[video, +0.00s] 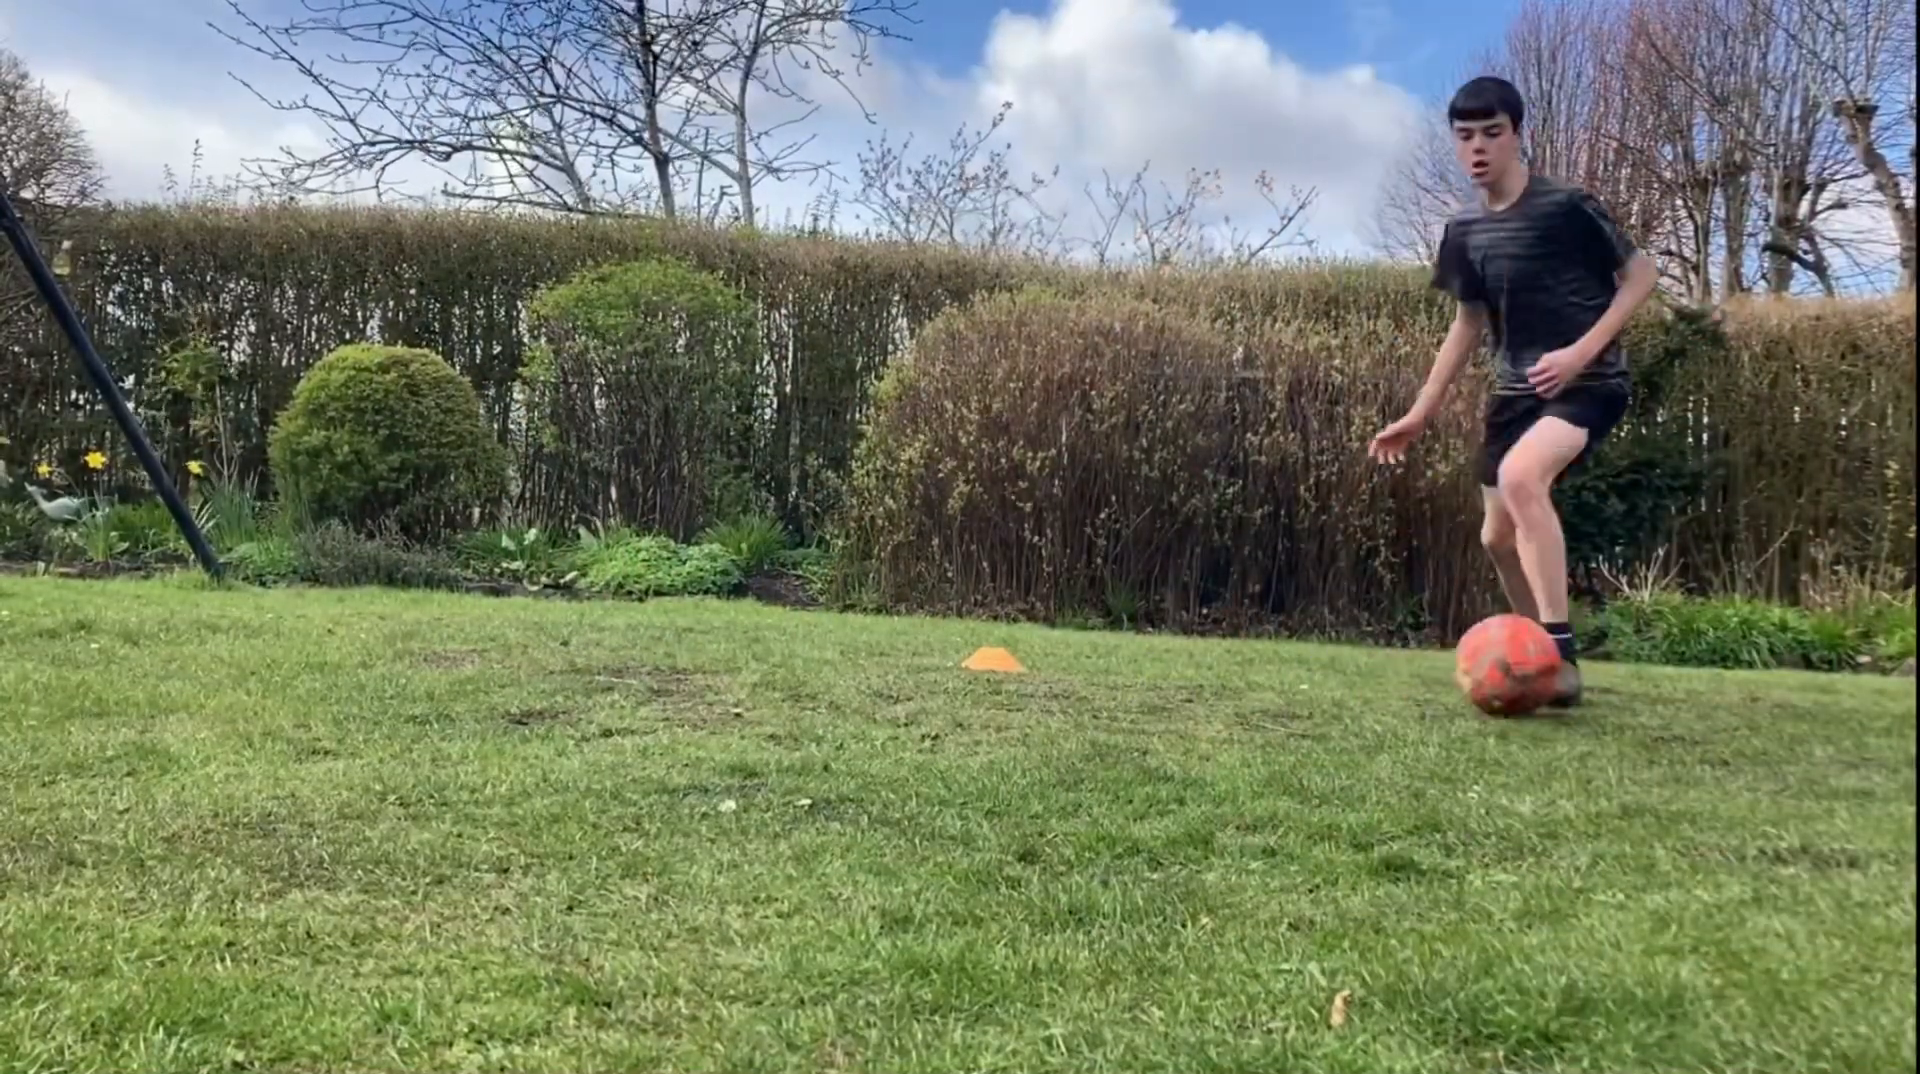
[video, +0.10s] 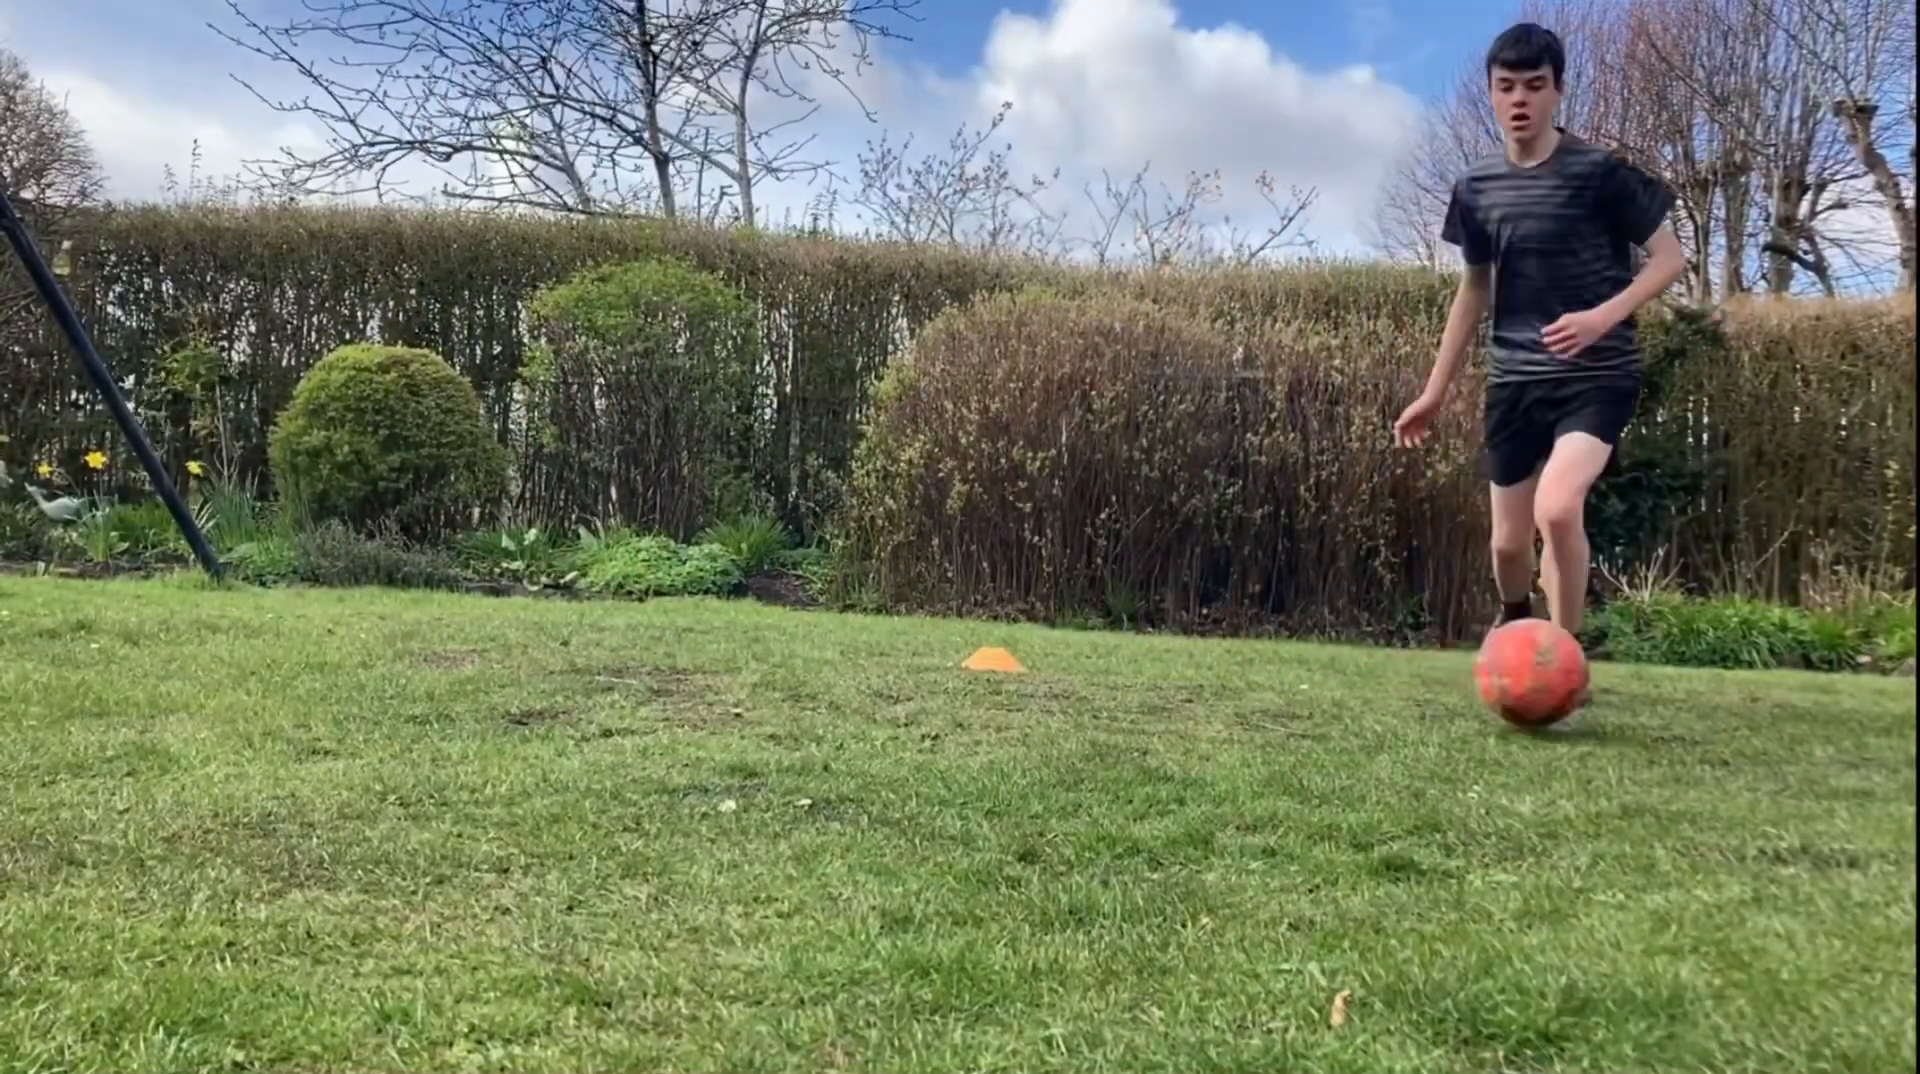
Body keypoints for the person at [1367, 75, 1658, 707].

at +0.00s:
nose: (1477, 147)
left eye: (1490, 133)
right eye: (1465, 136)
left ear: (1518, 136)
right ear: (1455, 146)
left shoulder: (1567, 205)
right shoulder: (1463, 233)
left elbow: (1642, 274)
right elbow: (1467, 325)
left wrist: (1581, 351)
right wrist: (1420, 413)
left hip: (1587, 382)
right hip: (1515, 395)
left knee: (1521, 477)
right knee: (1497, 536)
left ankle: (1559, 649)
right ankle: (1545, 652)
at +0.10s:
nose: (1519, 99)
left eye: (1533, 85)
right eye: (1506, 86)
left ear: (1558, 91)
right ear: (1490, 95)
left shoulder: (1601, 173)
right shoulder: (1477, 191)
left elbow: (1671, 258)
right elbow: (1473, 291)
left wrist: (1606, 314)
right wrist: (1435, 392)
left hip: (1597, 378)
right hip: (1514, 384)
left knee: (1556, 511)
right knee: (1508, 545)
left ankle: (1565, 658)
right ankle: (1516, 622)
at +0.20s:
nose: (1546, 70)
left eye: (1561, 56)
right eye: (1533, 56)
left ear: (1586, 61)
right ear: (1516, 64)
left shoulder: (1628, 150)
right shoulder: (1493, 165)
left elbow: (1695, 254)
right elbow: (1476, 277)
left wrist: (1614, 277)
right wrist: (1435, 368)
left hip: (1609, 372)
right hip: (1517, 375)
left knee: (1566, 529)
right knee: (1498, 547)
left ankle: (1562, 661)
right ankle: (1504, 592)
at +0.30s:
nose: (1561, 18)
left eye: (1578, 4)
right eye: (1548, 4)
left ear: (1603, 13)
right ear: (1532, 14)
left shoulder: (1646, 99)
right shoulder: (1508, 120)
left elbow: (1720, 206)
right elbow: (1489, 227)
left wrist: (1617, 230)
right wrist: (1433, 325)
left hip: (1623, 340)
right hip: (1529, 333)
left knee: (1573, 521)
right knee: (1515, 488)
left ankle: (1563, 654)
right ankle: (1529, 630)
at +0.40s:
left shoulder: (1660, 31)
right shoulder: (1518, 61)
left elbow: (1735, 149)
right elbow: (1491, 188)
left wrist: (1633, 207)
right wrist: (1438, 298)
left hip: (1645, 294)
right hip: (1547, 289)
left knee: (1592, 490)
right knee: (1550, 464)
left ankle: (1602, 611)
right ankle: (1579, 664)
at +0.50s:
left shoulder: (1688, 18)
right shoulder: (1522, 44)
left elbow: (1754, 133)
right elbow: (1475, 179)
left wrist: (1672, 187)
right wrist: (1433, 301)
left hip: (1676, 290)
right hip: (1562, 291)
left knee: (1636, 514)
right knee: (1577, 498)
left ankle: (1642, 610)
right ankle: (1608, 691)